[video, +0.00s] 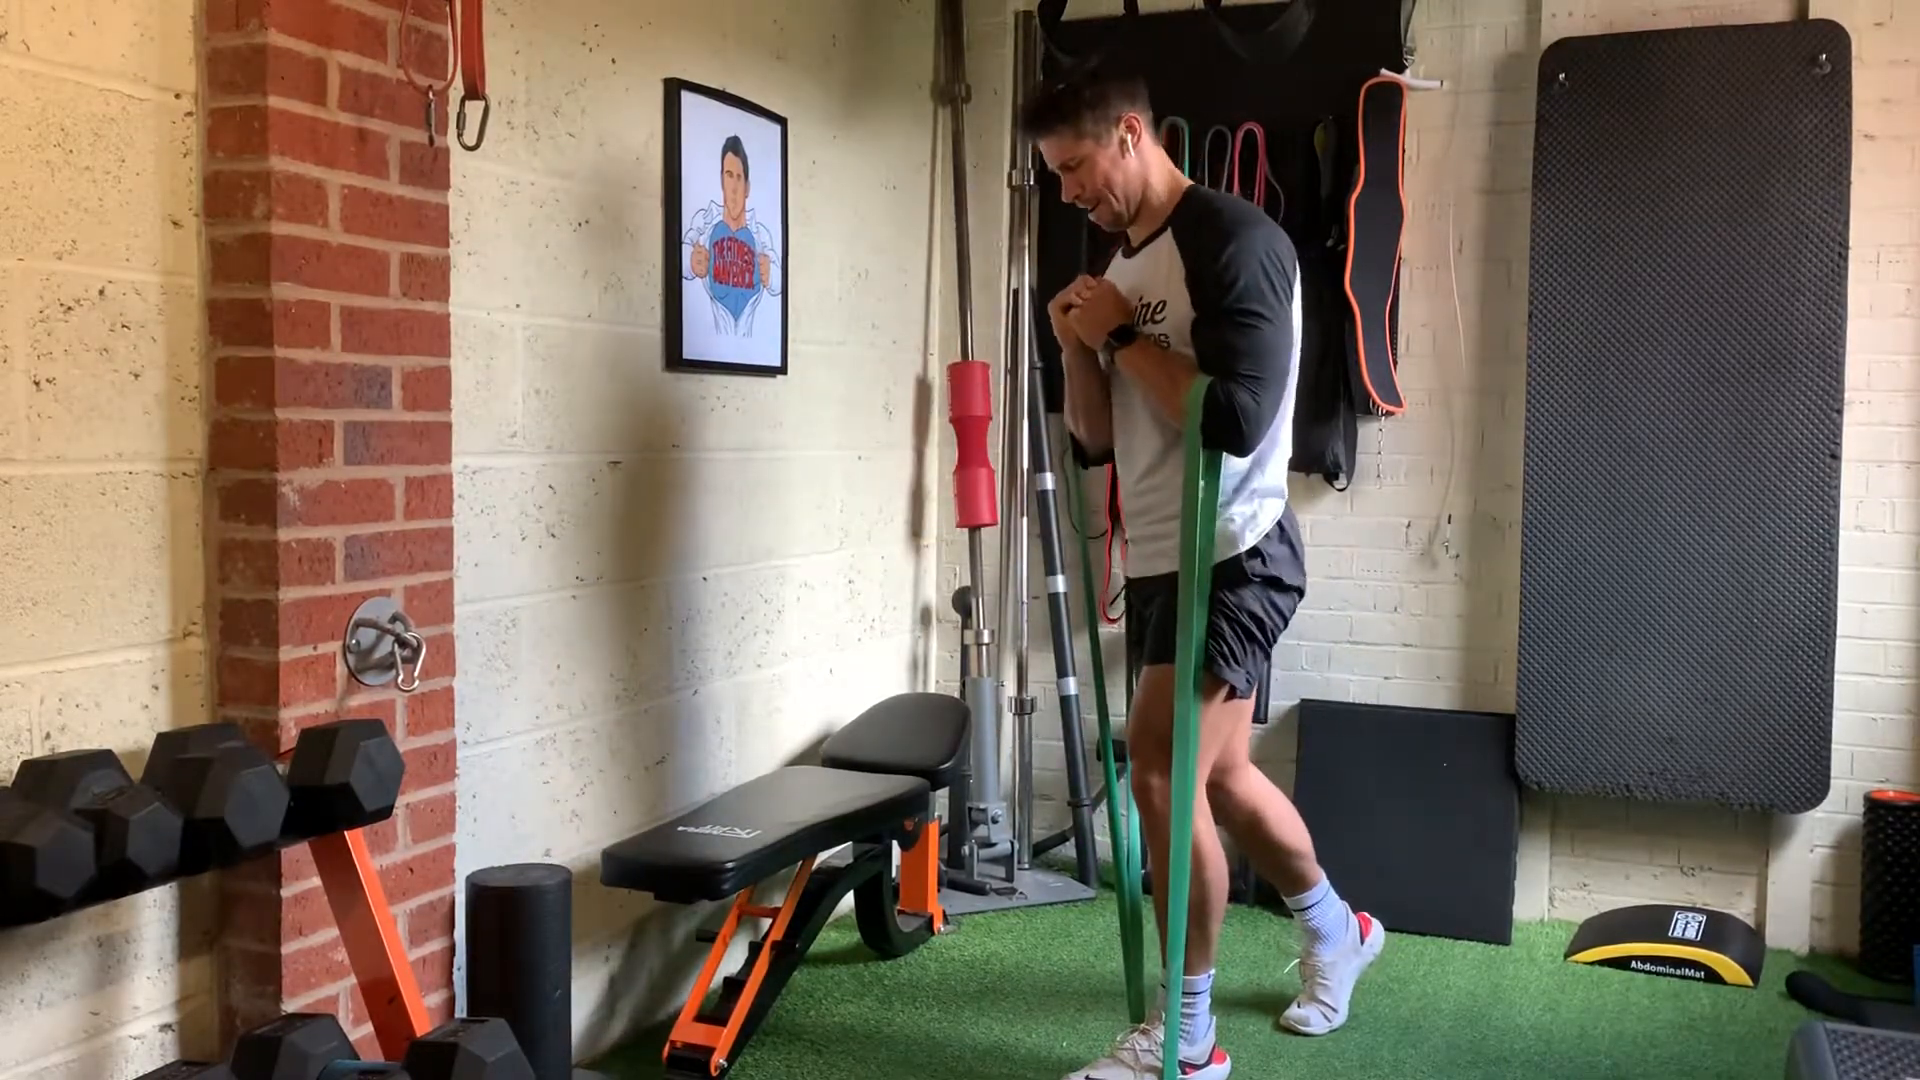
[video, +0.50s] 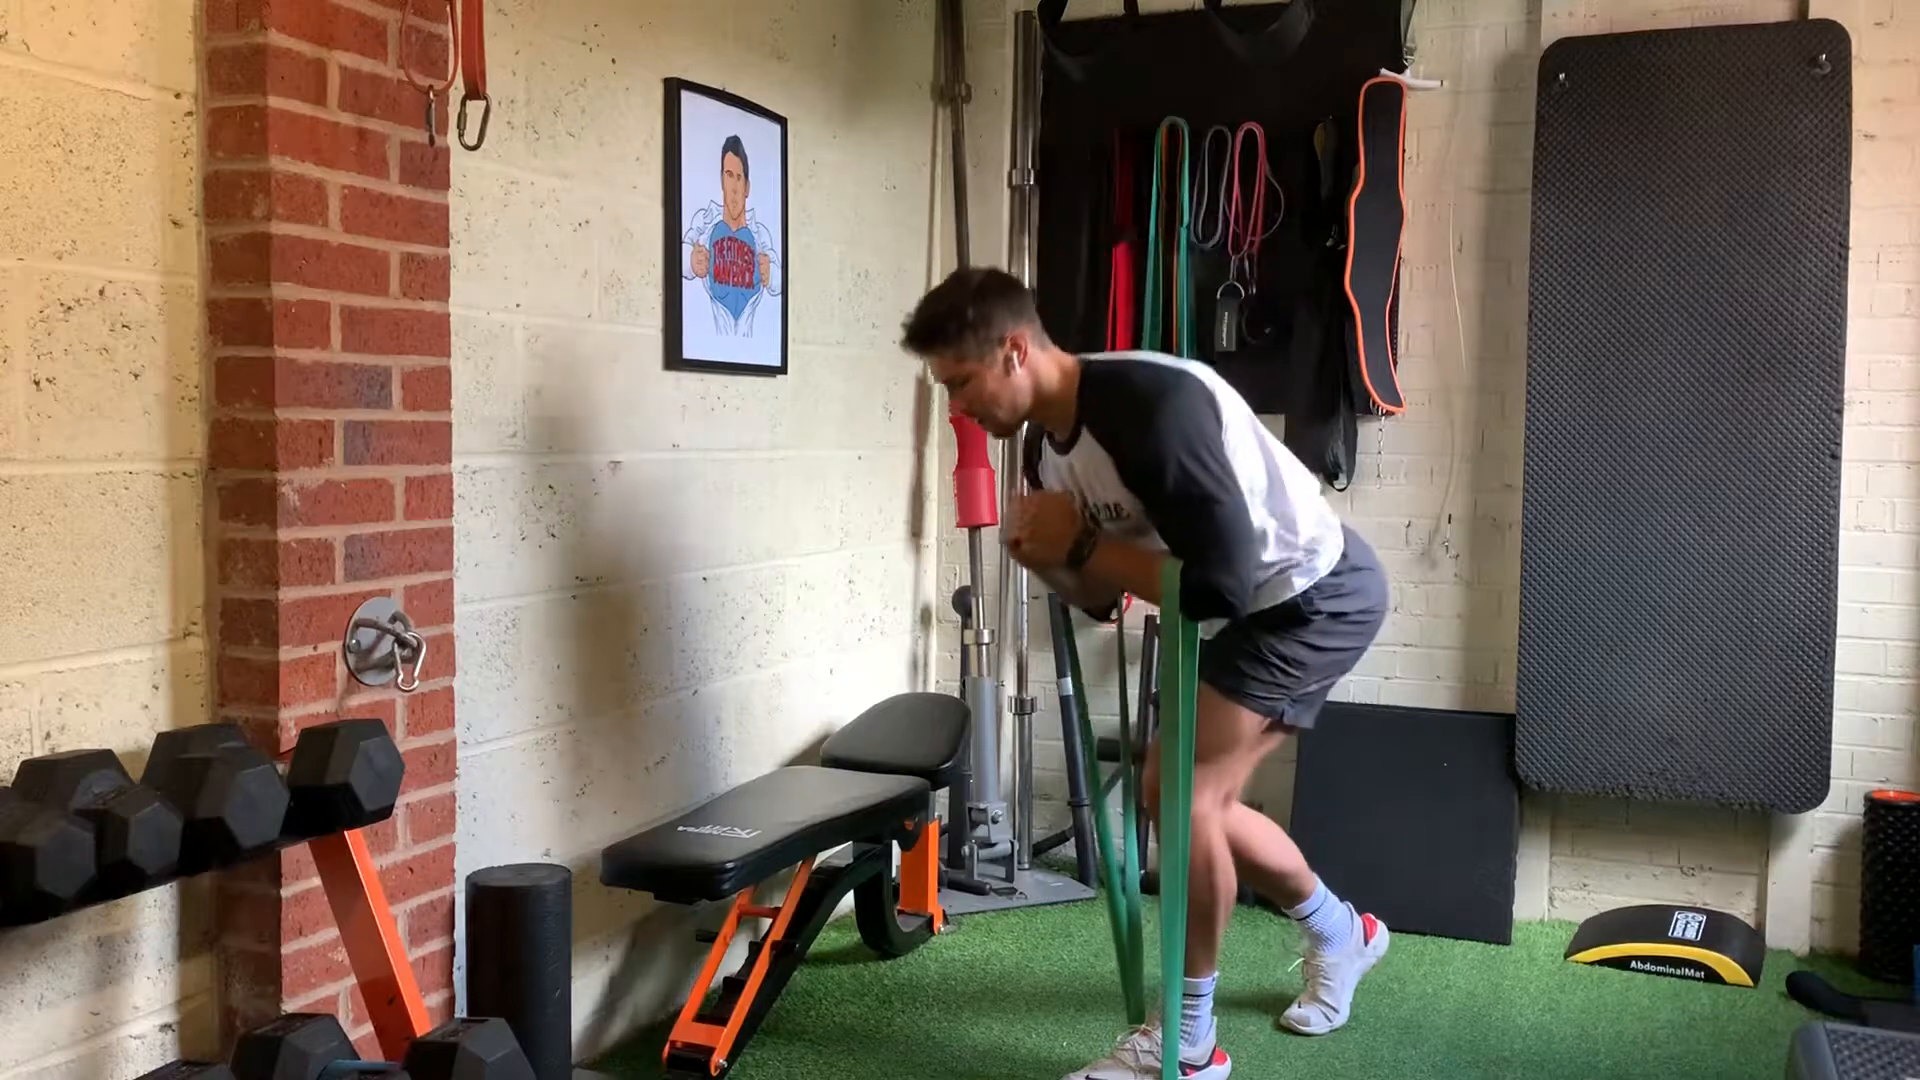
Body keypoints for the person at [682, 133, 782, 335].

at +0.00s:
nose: (734, 184)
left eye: (739, 176)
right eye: (729, 175)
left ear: (748, 186)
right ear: (721, 181)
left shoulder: (761, 232)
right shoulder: (705, 224)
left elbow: (779, 286)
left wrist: (769, 273)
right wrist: (696, 265)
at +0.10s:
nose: (733, 184)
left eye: (739, 177)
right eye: (729, 175)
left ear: (748, 187)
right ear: (721, 181)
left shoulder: (760, 232)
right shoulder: (705, 222)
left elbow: (778, 286)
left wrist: (769, 273)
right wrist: (694, 265)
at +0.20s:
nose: (734, 185)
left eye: (739, 177)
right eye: (728, 175)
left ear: (748, 188)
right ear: (721, 182)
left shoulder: (760, 233)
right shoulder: (705, 225)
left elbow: (779, 286)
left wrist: (770, 274)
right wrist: (692, 265)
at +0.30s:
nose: (734, 185)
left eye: (739, 177)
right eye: (728, 175)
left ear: (748, 188)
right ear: (721, 182)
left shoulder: (760, 234)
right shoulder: (705, 226)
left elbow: (779, 286)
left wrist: (770, 274)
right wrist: (692, 266)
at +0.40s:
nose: (734, 185)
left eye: (739, 177)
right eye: (728, 175)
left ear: (748, 188)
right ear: (721, 182)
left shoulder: (760, 233)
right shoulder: (705, 225)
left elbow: (779, 287)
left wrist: (770, 274)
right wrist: (691, 265)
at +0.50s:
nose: (734, 185)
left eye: (739, 177)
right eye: (728, 175)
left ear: (748, 188)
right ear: (721, 182)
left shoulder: (760, 233)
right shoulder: (705, 224)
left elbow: (779, 286)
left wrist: (770, 274)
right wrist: (692, 265)